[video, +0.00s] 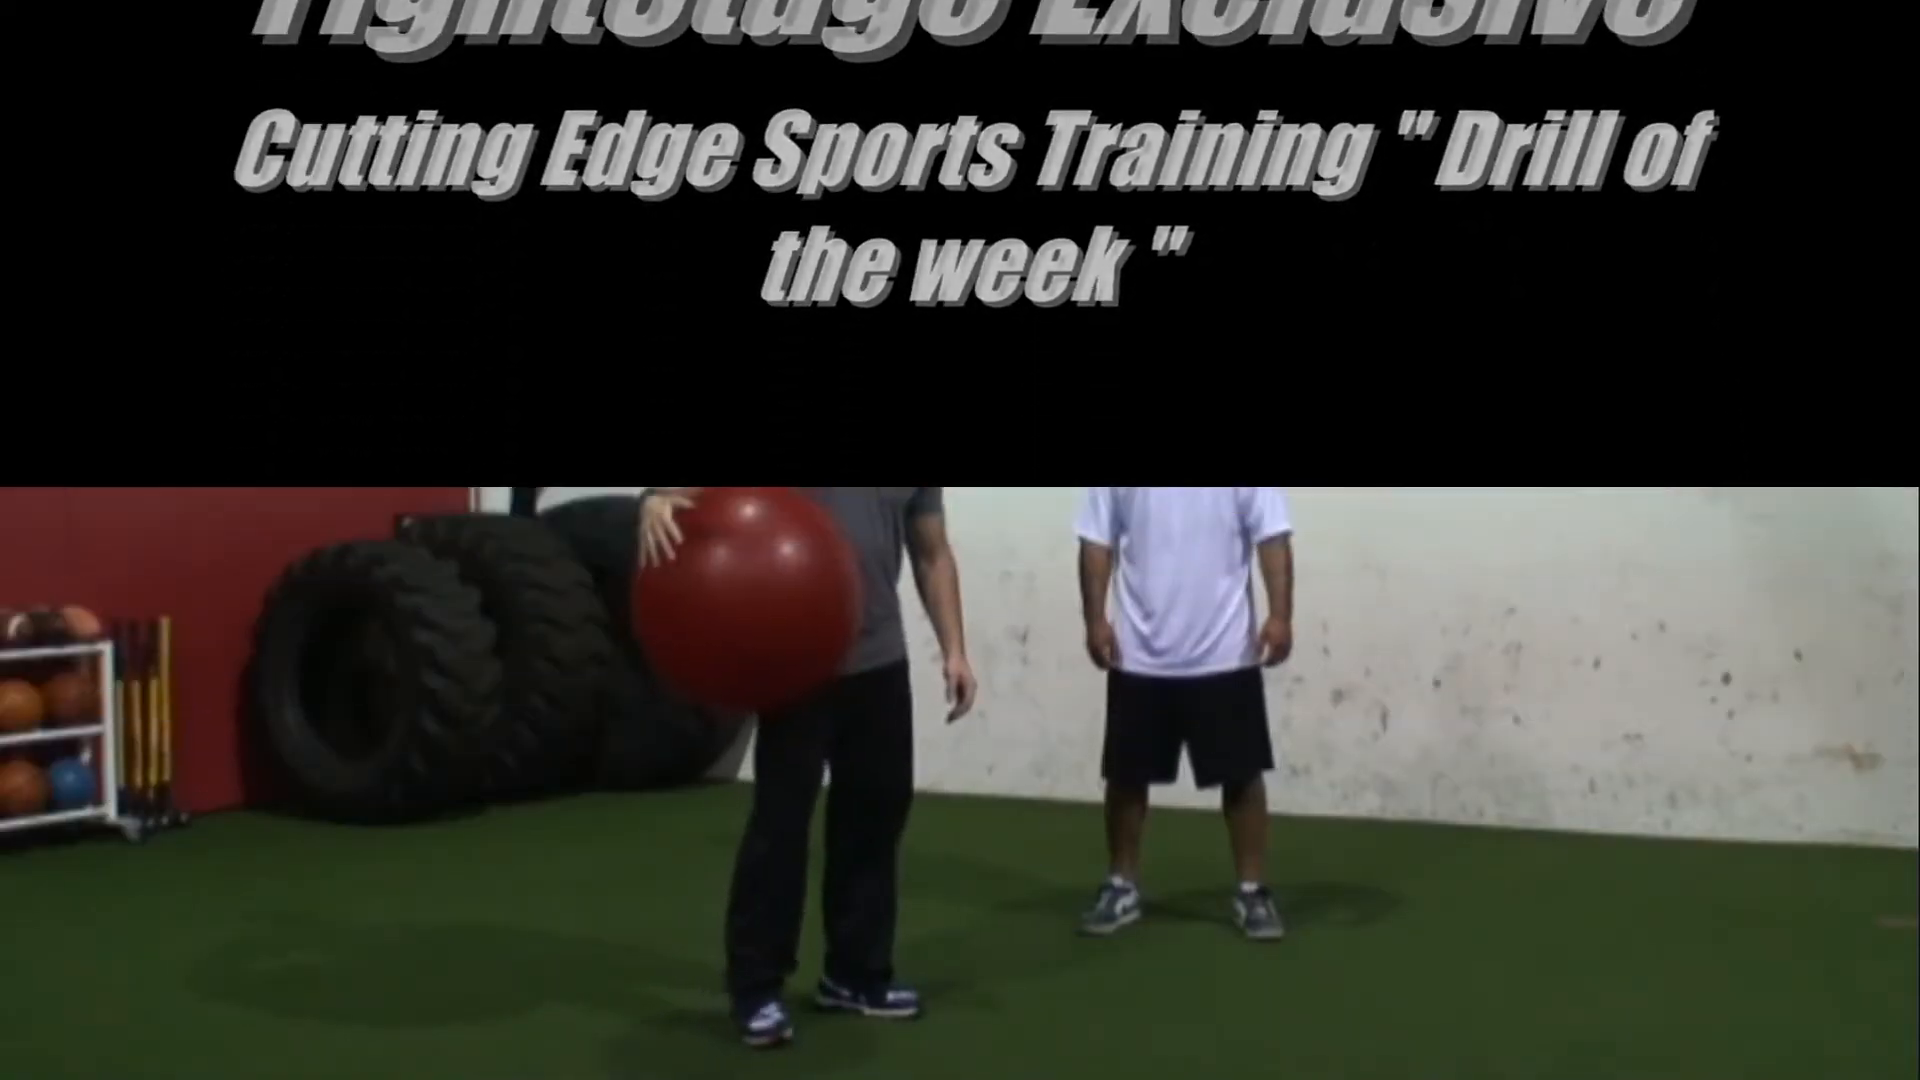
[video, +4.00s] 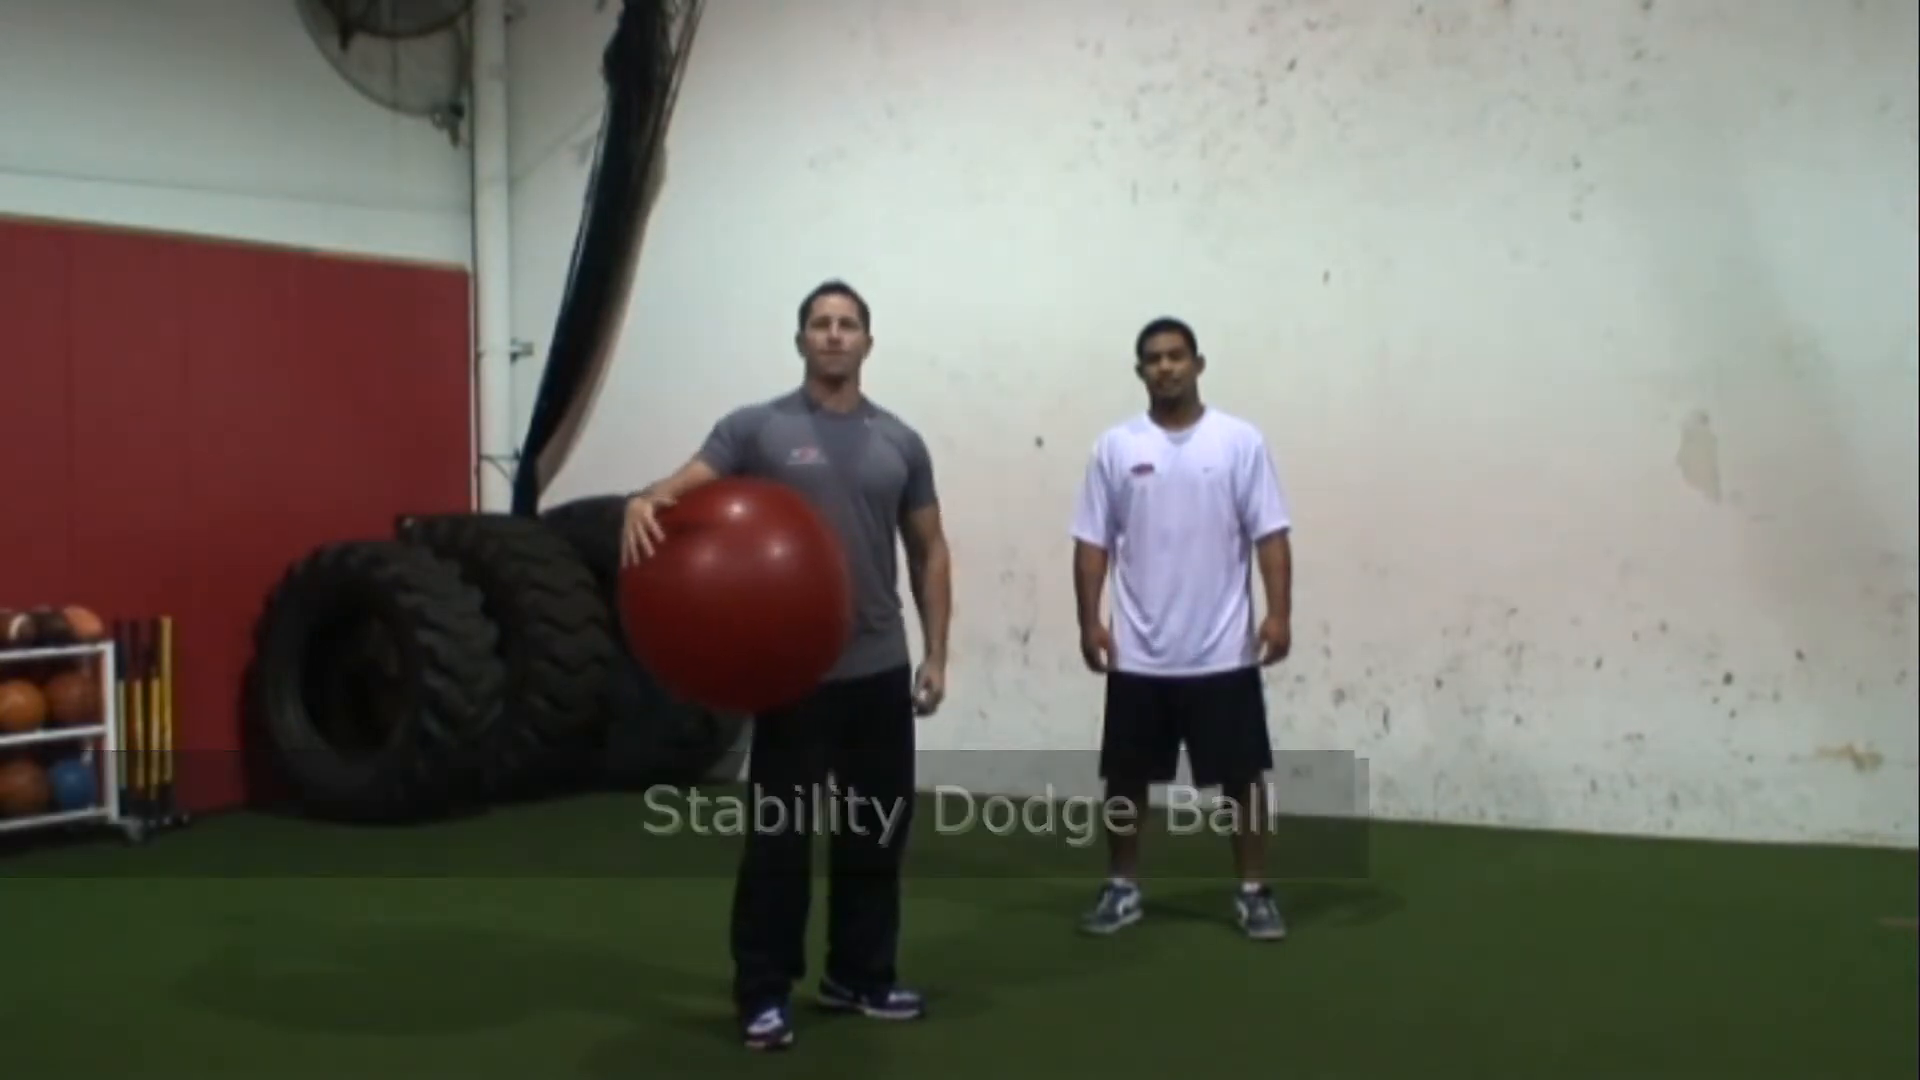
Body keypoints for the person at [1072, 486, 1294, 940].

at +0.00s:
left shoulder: (1249, 490)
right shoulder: (1113, 490)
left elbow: (1272, 534)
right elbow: (1097, 537)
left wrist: (1280, 615)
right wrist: (1095, 620)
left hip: (1223, 647)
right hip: (1141, 647)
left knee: (1242, 776)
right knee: (1126, 775)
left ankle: (1252, 891)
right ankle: (1121, 886)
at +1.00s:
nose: (1169, 366)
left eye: (1179, 356)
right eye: (1157, 358)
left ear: (1201, 364)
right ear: (1143, 371)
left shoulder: (1242, 442)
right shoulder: (1118, 446)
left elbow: (1271, 533)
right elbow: (1094, 539)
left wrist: (1281, 612)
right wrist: (1094, 620)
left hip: (1223, 645)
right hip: (1141, 646)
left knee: (1245, 780)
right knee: (1124, 779)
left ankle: (1253, 888)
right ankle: (1123, 884)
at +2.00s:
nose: (1166, 366)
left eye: (1177, 356)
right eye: (1154, 358)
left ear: (1199, 364)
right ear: (1140, 371)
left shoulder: (1240, 442)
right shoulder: (1117, 447)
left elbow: (1269, 534)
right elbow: (1094, 540)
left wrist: (1277, 614)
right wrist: (1093, 622)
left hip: (1222, 647)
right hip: (1141, 648)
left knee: (1241, 777)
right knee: (1125, 778)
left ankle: (1252, 886)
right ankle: (1123, 883)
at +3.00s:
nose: (1166, 366)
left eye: (1177, 356)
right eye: (1155, 358)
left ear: (1199, 364)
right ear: (1141, 371)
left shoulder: (1240, 442)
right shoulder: (1117, 448)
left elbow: (1269, 534)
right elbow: (1094, 541)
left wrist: (1277, 613)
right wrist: (1093, 622)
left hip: (1222, 648)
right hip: (1140, 649)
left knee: (1242, 778)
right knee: (1124, 778)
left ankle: (1253, 887)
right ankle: (1123, 884)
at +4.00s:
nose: (1165, 367)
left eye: (1176, 356)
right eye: (1153, 359)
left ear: (1198, 364)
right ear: (1140, 372)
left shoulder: (1241, 442)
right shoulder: (1116, 447)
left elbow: (1270, 533)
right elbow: (1092, 540)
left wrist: (1278, 612)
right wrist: (1090, 621)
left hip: (1222, 646)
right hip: (1140, 647)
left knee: (1245, 779)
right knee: (1124, 780)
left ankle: (1254, 889)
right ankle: (1122, 885)